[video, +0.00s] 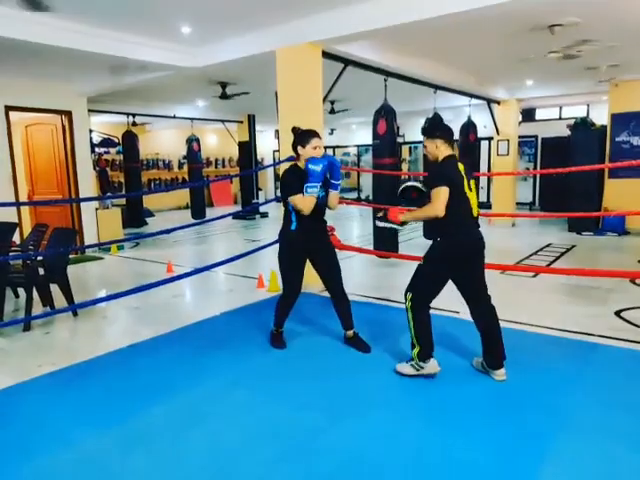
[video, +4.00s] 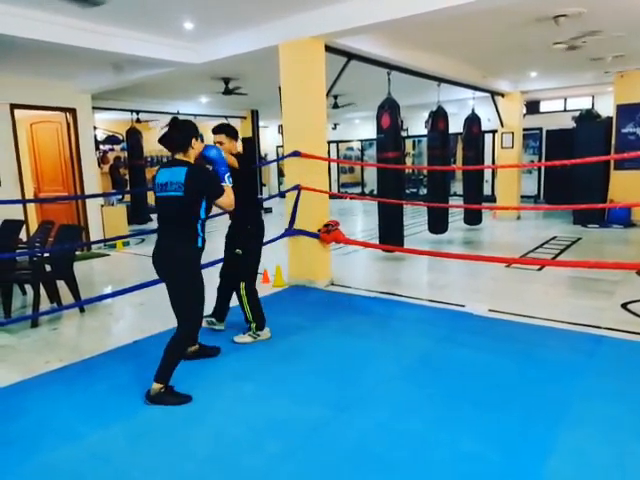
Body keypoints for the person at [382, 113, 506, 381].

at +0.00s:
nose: (425, 149)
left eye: (426, 144)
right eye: (424, 144)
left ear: (437, 143)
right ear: (447, 142)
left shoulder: (441, 170)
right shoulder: (460, 167)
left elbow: (437, 209)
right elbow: (455, 207)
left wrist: (404, 216)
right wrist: (418, 210)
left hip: (449, 246)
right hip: (471, 243)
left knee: (415, 296)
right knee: (480, 303)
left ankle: (423, 360)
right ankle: (495, 364)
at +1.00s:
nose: (344, 161)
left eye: (347, 156)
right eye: (342, 157)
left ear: (359, 152)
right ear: (346, 155)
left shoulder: (375, 173)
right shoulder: (354, 176)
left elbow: (404, 196)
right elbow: (357, 197)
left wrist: (394, 227)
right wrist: (348, 207)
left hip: (381, 230)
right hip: (372, 229)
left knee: (360, 275)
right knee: (380, 275)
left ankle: (366, 321)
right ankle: (399, 316)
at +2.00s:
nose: (310, 165)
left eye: (314, 160)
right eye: (308, 161)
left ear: (327, 160)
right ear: (308, 162)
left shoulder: (340, 183)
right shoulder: (313, 186)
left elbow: (355, 214)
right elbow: (309, 210)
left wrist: (328, 221)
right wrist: (304, 220)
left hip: (343, 232)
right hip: (324, 233)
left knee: (331, 280)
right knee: (324, 276)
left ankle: (336, 339)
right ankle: (333, 307)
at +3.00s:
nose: (296, 147)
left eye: (300, 142)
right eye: (295, 143)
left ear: (314, 141)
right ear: (296, 144)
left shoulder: (327, 165)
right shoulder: (303, 164)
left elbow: (323, 195)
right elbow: (277, 179)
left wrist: (300, 174)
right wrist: (273, 160)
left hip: (329, 226)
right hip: (316, 225)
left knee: (329, 278)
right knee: (325, 275)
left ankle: (338, 332)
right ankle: (339, 313)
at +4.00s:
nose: (217, 147)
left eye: (220, 143)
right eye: (216, 143)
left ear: (232, 140)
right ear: (224, 142)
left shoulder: (245, 159)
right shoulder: (230, 161)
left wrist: (218, 153)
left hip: (250, 223)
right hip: (237, 222)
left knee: (243, 280)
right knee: (228, 274)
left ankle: (259, 327)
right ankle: (218, 318)